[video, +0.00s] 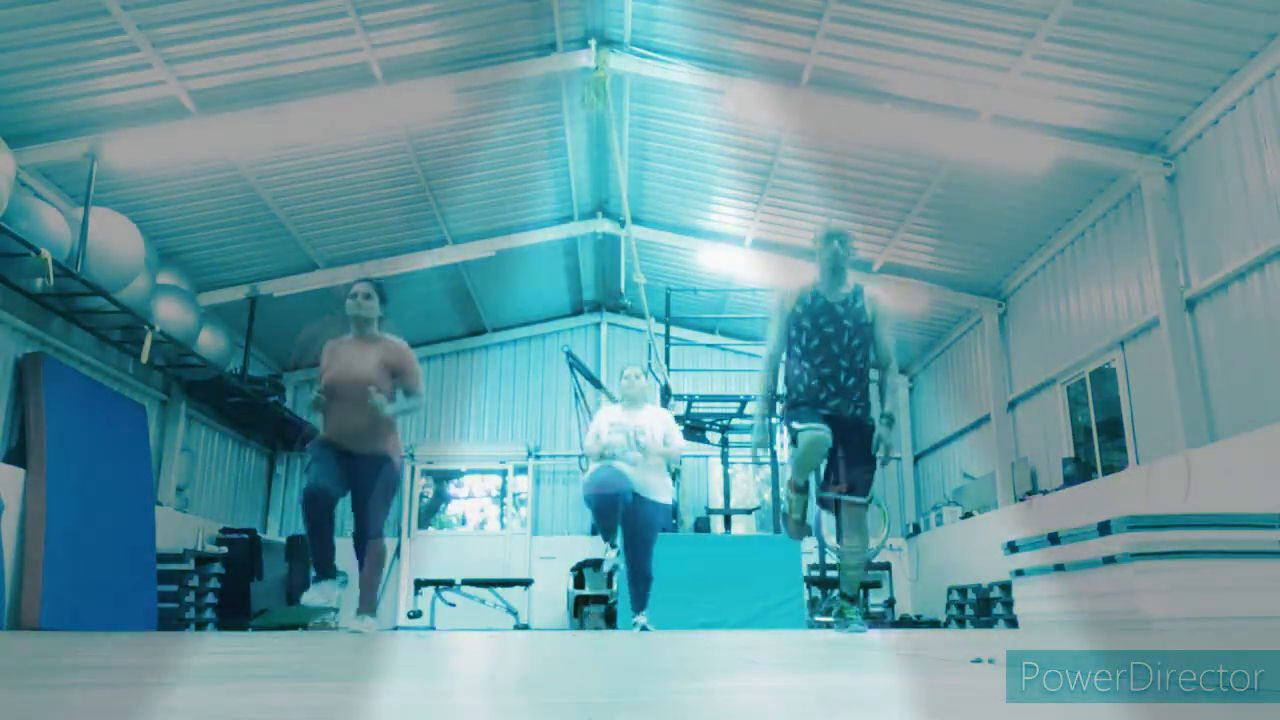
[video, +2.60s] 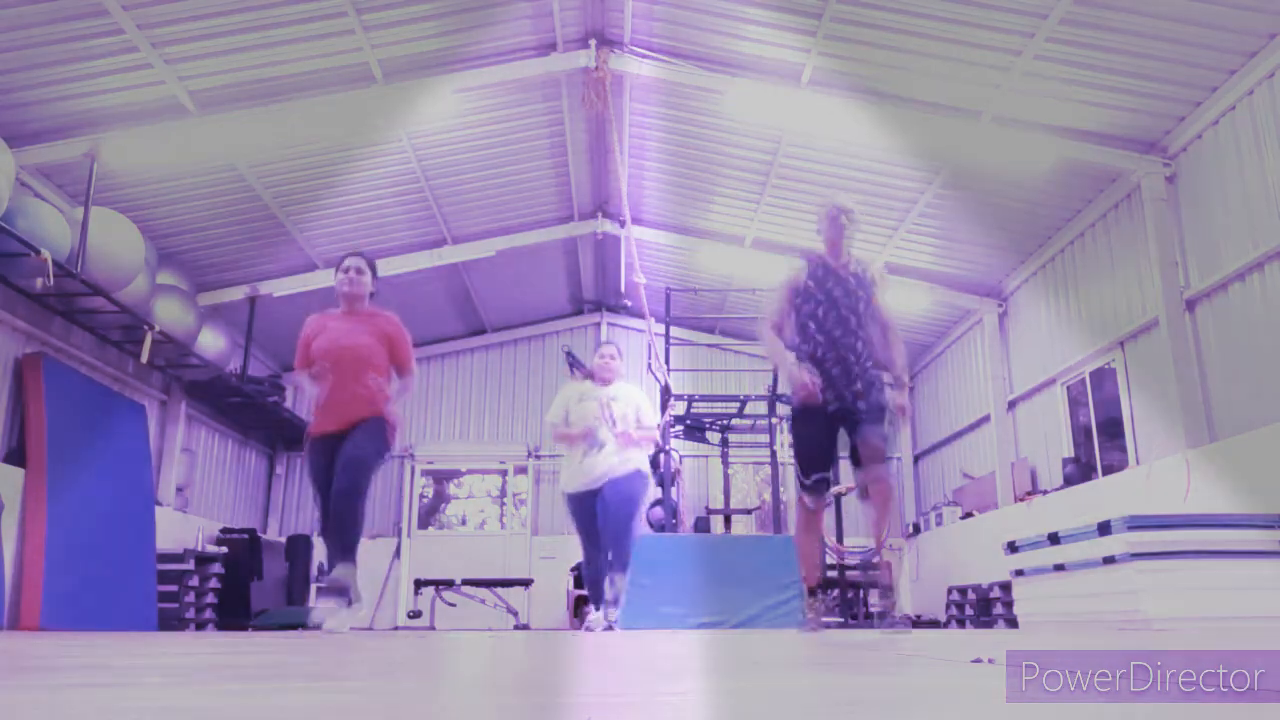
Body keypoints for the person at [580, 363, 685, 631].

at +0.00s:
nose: (631, 381)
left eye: (637, 377)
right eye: (626, 377)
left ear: (647, 385)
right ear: (619, 386)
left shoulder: (661, 416)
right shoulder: (606, 412)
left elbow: (677, 454)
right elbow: (589, 448)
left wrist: (651, 449)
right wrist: (608, 446)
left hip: (649, 488)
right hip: (612, 479)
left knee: (640, 555)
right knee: (606, 482)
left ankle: (639, 613)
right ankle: (610, 544)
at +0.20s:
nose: (630, 369)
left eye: (636, 366)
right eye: (625, 365)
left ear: (644, 376)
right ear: (616, 374)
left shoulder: (657, 402)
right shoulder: (601, 399)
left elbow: (674, 441)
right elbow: (584, 437)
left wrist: (647, 439)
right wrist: (603, 433)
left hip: (647, 479)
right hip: (606, 471)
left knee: (638, 547)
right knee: (613, 510)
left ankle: (639, 609)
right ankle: (606, 580)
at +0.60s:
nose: (619, 373)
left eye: (623, 369)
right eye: (614, 368)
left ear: (631, 375)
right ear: (606, 375)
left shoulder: (645, 403)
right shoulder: (588, 401)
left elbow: (663, 440)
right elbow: (575, 439)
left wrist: (643, 443)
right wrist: (599, 442)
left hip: (642, 486)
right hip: (601, 486)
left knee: (647, 535)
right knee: (610, 544)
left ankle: (631, 578)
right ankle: (608, 605)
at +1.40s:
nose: (619, 378)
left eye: (624, 373)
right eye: (615, 373)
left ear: (634, 378)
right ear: (609, 379)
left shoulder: (650, 407)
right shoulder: (593, 404)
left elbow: (666, 445)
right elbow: (577, 441)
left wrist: (645, 447)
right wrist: (595, 443)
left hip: (637, 483)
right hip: (596, 479)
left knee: (629, 549)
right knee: (590, 519)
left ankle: (628, 607)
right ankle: (596, 565)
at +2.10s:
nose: (611, 374)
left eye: (616, 369)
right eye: (605, 369)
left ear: (623, 373)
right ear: (595, 373)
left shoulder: (636, 401)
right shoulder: (577, 398)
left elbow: (654, 441)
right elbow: (563, 437)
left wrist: (634, 436)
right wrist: (591, 428)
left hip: (632, 479)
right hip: (588, 480)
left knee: (638, 534)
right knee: (596, 543)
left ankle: (616, 570)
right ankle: (596, 606)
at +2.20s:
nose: (609, 371)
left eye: (614, 367)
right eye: (604, 366)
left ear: (622, 368)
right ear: (593, 368)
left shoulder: (634, 395)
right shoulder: (574, 393)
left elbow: (653, 435)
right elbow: (560, 432)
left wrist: (635, 433)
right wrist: (588, 430)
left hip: (627, 461)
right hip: (584, 468)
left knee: (641, 495)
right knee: (597, 541)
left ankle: (623, 549)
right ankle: (595, 604)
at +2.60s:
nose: (607, 361)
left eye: (613, 357)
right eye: (602, 356)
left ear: (621, 365)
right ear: (591, 363)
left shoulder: (633, 393)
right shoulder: (572, 391)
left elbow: (653, 435)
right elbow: (555, 432)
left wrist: (634, 436)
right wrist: (580, 434)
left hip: (625, 472)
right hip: (582, 477)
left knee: (616, 517)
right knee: (592, 545)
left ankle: (620, 576)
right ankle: (598, 608)